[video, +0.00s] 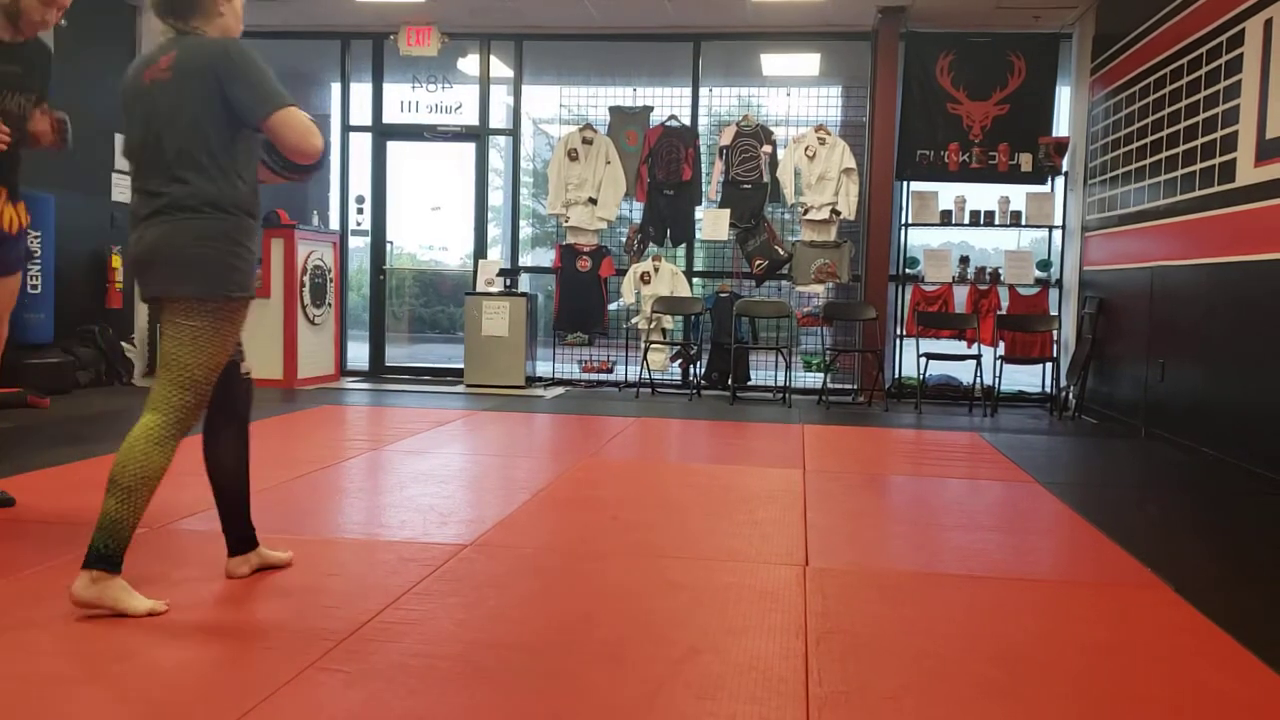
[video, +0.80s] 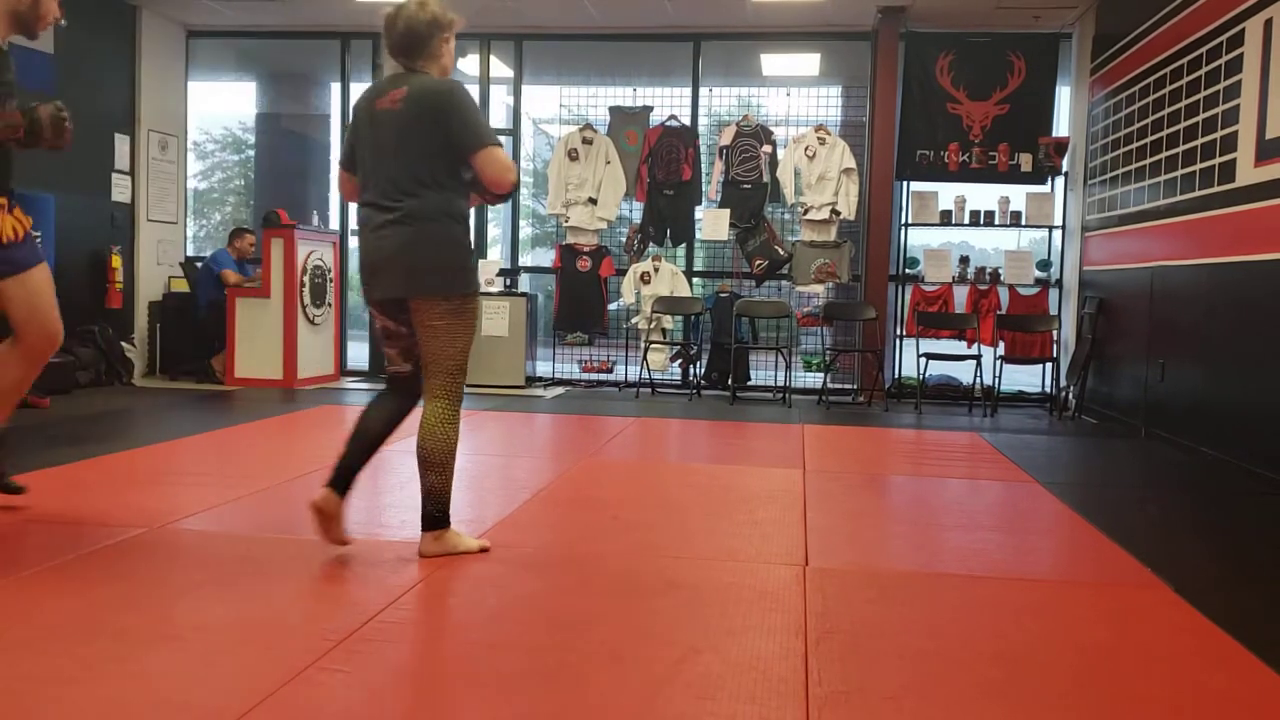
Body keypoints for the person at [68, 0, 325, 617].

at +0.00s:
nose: (242, 12)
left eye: (239, 3)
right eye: (236, 4)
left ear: (175, 13)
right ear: (217, 7)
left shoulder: (140, 72)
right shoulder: (228, 55)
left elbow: (144, 162)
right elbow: (306, 144)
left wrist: (244, 157)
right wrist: (263, 147)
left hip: (156, 249)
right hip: (214, 249)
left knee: (228, 393)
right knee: (170, 411)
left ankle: (243, 547)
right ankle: (98, 573)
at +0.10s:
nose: (268, 12)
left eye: (266, 3)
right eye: (263, 4)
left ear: (202, 13)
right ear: (245, 7)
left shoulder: (173, 73)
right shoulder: (254, 55)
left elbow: (200, 159)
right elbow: (326, 143)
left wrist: (283, 160)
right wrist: (319, 153)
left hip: (188, 251)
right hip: (244, 253)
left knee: (242, 398)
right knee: (233, 405)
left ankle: (244, 547)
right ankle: (133, 542)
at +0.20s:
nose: (294, 17)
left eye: (291, 8)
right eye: (290, 7)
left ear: (231, 15)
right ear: (269, 9)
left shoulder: (205, 73)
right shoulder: (274, 57)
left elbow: (234, 158)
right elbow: (340, 141)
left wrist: (310, 165)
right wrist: (350, 137)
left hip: (209, 254)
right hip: (270, 255)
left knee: (248, 394)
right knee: (304, 395)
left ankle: (243, 545)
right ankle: (201, 522)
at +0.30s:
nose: (321, 20)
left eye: (319, 10)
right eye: (317, 10)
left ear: (256, 17)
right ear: (295, 12)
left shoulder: (232, 76)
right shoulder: (296, 63)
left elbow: (267, 154)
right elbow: (357, 147)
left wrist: (338, 168)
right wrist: (375, 140)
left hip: (231, 251)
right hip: (292, 252)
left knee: (258, 389)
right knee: (348, 385)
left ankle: (243, 548)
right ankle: (288, 529)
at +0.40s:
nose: (346, 37)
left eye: (345, 25)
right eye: (343, 25)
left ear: (283, 27)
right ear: (321, 22)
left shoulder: (259, 82)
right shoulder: (320, 70)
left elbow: (297, 162)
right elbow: (374, 156)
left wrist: (364, 171)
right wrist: (390, 155)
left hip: (256, 253)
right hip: (317, 253)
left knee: (265, 393)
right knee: (366, 387)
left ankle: (245, 547)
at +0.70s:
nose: (436, 51)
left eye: (436, 42)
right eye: (434, 42)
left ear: (375, 45)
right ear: (415, 42)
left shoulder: (345, 99)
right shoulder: (417, 92)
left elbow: (336, 188)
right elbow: (470, 179)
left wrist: (411, 184)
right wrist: (472, 167)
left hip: (352, 253)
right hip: (414, 253)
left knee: (358, 391)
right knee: (434, 394)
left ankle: (278, 509)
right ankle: (437, 530)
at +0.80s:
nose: (456, 52)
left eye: (455, 42)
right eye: (453, 43)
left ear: (393, 47)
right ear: (440, 46)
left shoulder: (368, 100)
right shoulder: (448, 95)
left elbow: (349, 186)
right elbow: (501, 177)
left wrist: (414, 183)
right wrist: (473, 188)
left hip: (378, 257)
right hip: (438, 255)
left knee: (402, 386)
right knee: (444, 393)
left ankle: (334, 492)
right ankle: (436, 530)